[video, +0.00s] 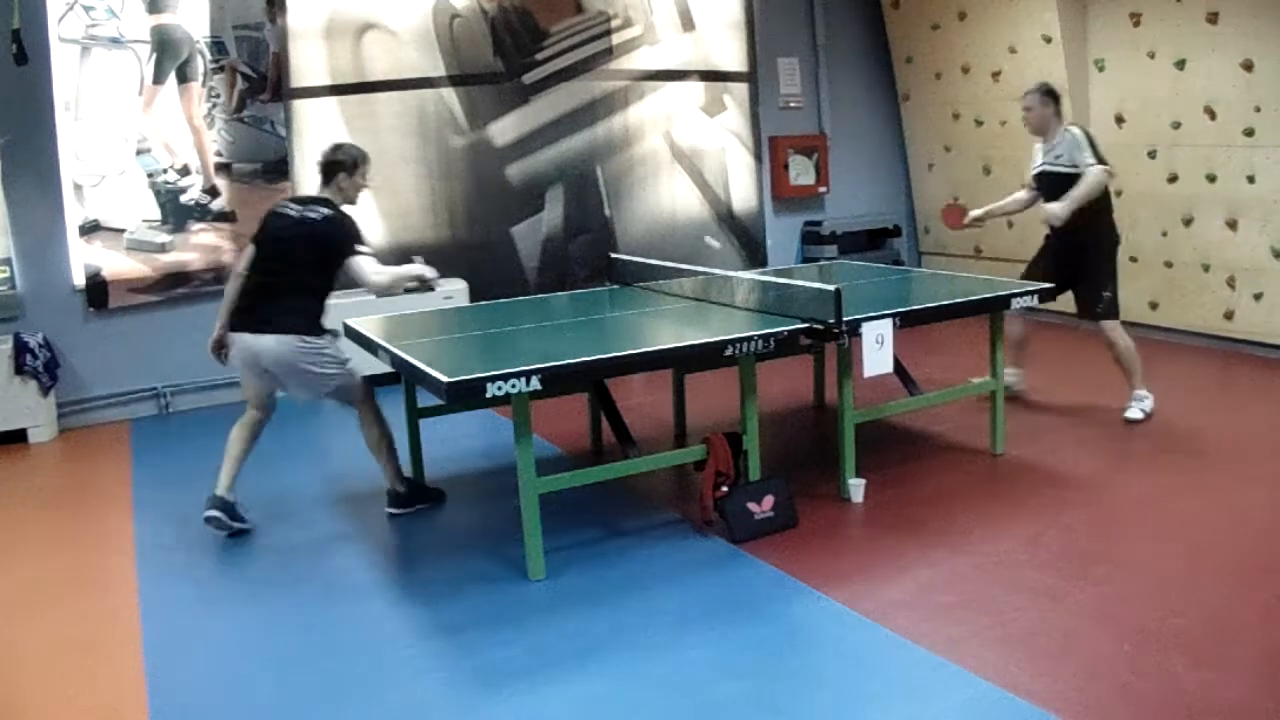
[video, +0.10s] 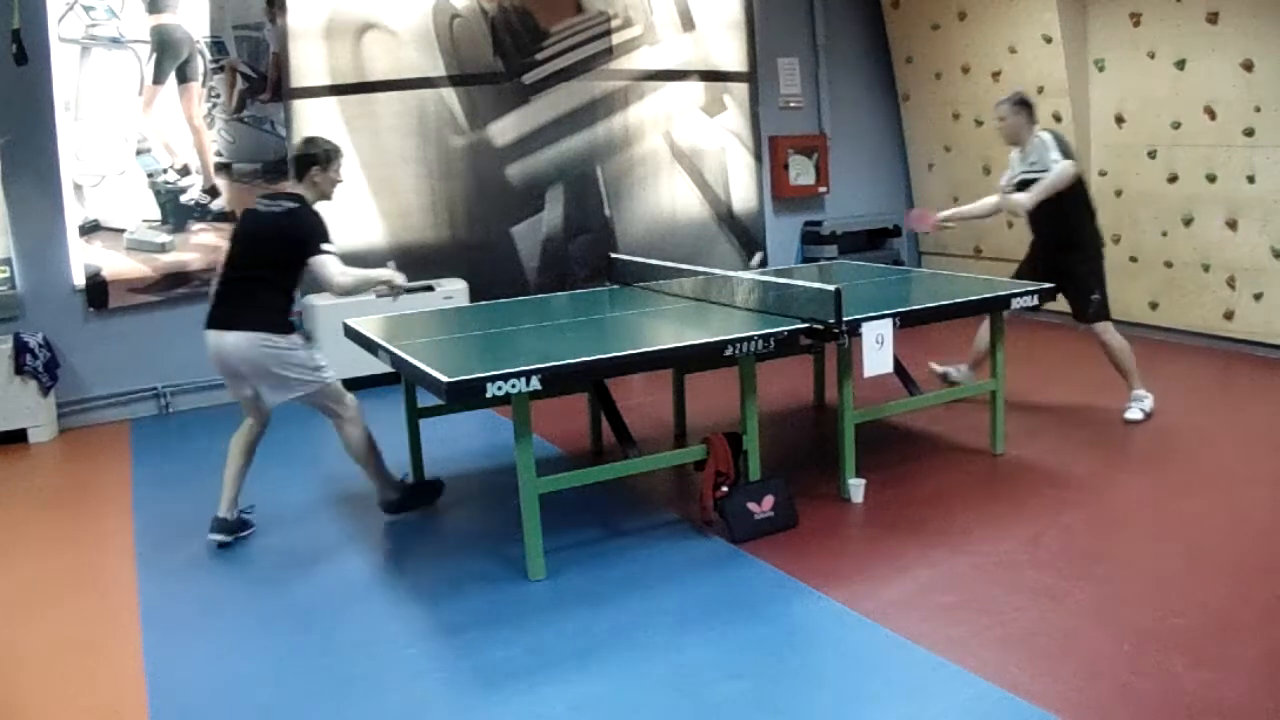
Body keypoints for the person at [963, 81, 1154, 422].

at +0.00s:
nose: (1024, 117)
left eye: (1029, 110)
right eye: (1023, 110)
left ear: (1051, 110)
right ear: (1034, 113)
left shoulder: (1074, 136)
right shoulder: (1040, 149)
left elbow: (1100, 173)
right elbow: (1029, 195)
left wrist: (1065, 205)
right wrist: (983, 213)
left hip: (1095, 245)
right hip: (1060, 244)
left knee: (1107, 323)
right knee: (1016, 305)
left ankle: (1140, 393)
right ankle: (1012, 374)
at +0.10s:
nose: (998, 127)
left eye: (1002, 120)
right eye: (997, 121)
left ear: (1021, 117)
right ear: (1012, 121)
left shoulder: (1048, 140)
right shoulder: (1017, 162)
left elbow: (1068, 169)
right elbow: (996, 203)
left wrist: (1029, 197)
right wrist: (946, 215)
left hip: (1079, 250)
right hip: (1045, 250)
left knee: (1100, 326)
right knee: (999, 308)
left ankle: (1139, 392)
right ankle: (968, 371)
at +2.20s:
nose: (1029, 114)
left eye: (1036, 107)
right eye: (1027, 107)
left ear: (1057, 107)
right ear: (1032, 108)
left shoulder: (1082, 139)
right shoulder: (1028, 140)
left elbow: (1112, 184)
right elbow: (988, 165)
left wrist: (1099, 222)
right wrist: (944, 163)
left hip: (1077, 244)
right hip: (1039, 242)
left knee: (1081, 319)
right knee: (1011, 307)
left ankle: (1106, 388)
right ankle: (991, 370)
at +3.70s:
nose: (1009, 117)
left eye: (1017, 111)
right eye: (1007, 111)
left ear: (1037, 112)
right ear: (1006, 112)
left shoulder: (1064, 139)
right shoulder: (998, 147)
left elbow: (1094, 178)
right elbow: (975, 186)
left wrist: (1108, 220)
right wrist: (953, 214)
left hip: (1070, 240)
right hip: (1025, 241)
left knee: (1086, 315)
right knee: (996, 306)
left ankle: (1107, 388)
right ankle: (993, 379)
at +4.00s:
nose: (1028, 106)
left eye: (1034, 99)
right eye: (1026, 100)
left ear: (1056, 100)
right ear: (1026, 102)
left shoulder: (1084, 133)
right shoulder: (1028, 138)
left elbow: (1115, 176)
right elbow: (1028, 184)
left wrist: (1116, 220)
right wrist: (1004, 214)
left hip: (1087, 241)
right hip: (1046, 239)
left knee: (1094, 321)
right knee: (1018, 309)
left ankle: (1108, 390)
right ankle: (1013, 379)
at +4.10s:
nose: (1027, 104)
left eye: (1033, 97)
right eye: (1025, 98)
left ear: (1056, 98)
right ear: (1025, 101)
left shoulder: (1083, 131)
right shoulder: (1030, 135)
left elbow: (1113, 174)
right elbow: (1029, 181)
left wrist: (1113, 214)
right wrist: (1003, 210)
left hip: (1087, 239)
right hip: (1047, 238)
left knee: (1093, 319)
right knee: (1026, 309)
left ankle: (1108, 389)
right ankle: (1033, 380)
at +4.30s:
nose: (1024, 107)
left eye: (1031, 101)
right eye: (1022, 101)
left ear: (1052, 101)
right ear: (1021, 103)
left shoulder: (1079, 131)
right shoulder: (1022, 139)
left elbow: (1111, 178)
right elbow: (1014, 183)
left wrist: (1104, 216)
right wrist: (996, 218)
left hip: (1086, 238)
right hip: (1047, 238)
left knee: (1094, 316)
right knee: (1028, 309)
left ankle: (1119, 389)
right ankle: (1034, 380)